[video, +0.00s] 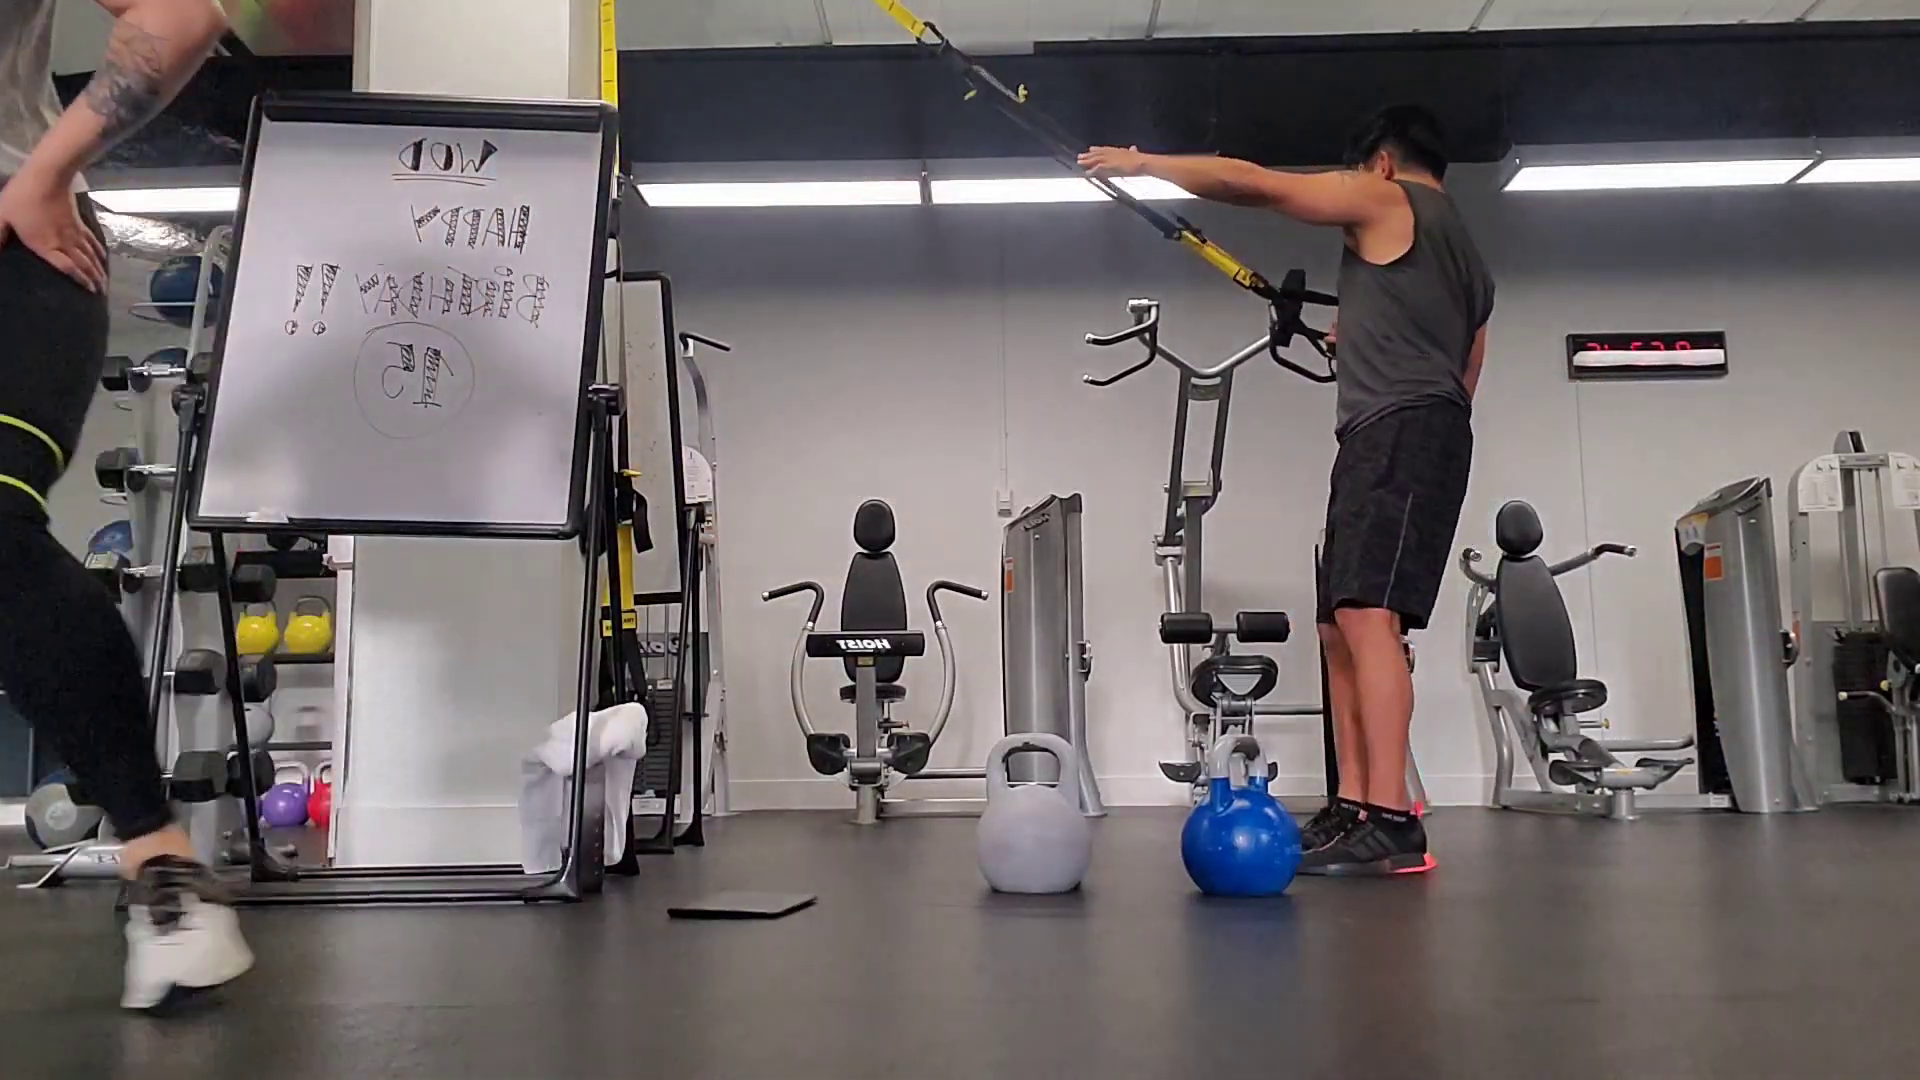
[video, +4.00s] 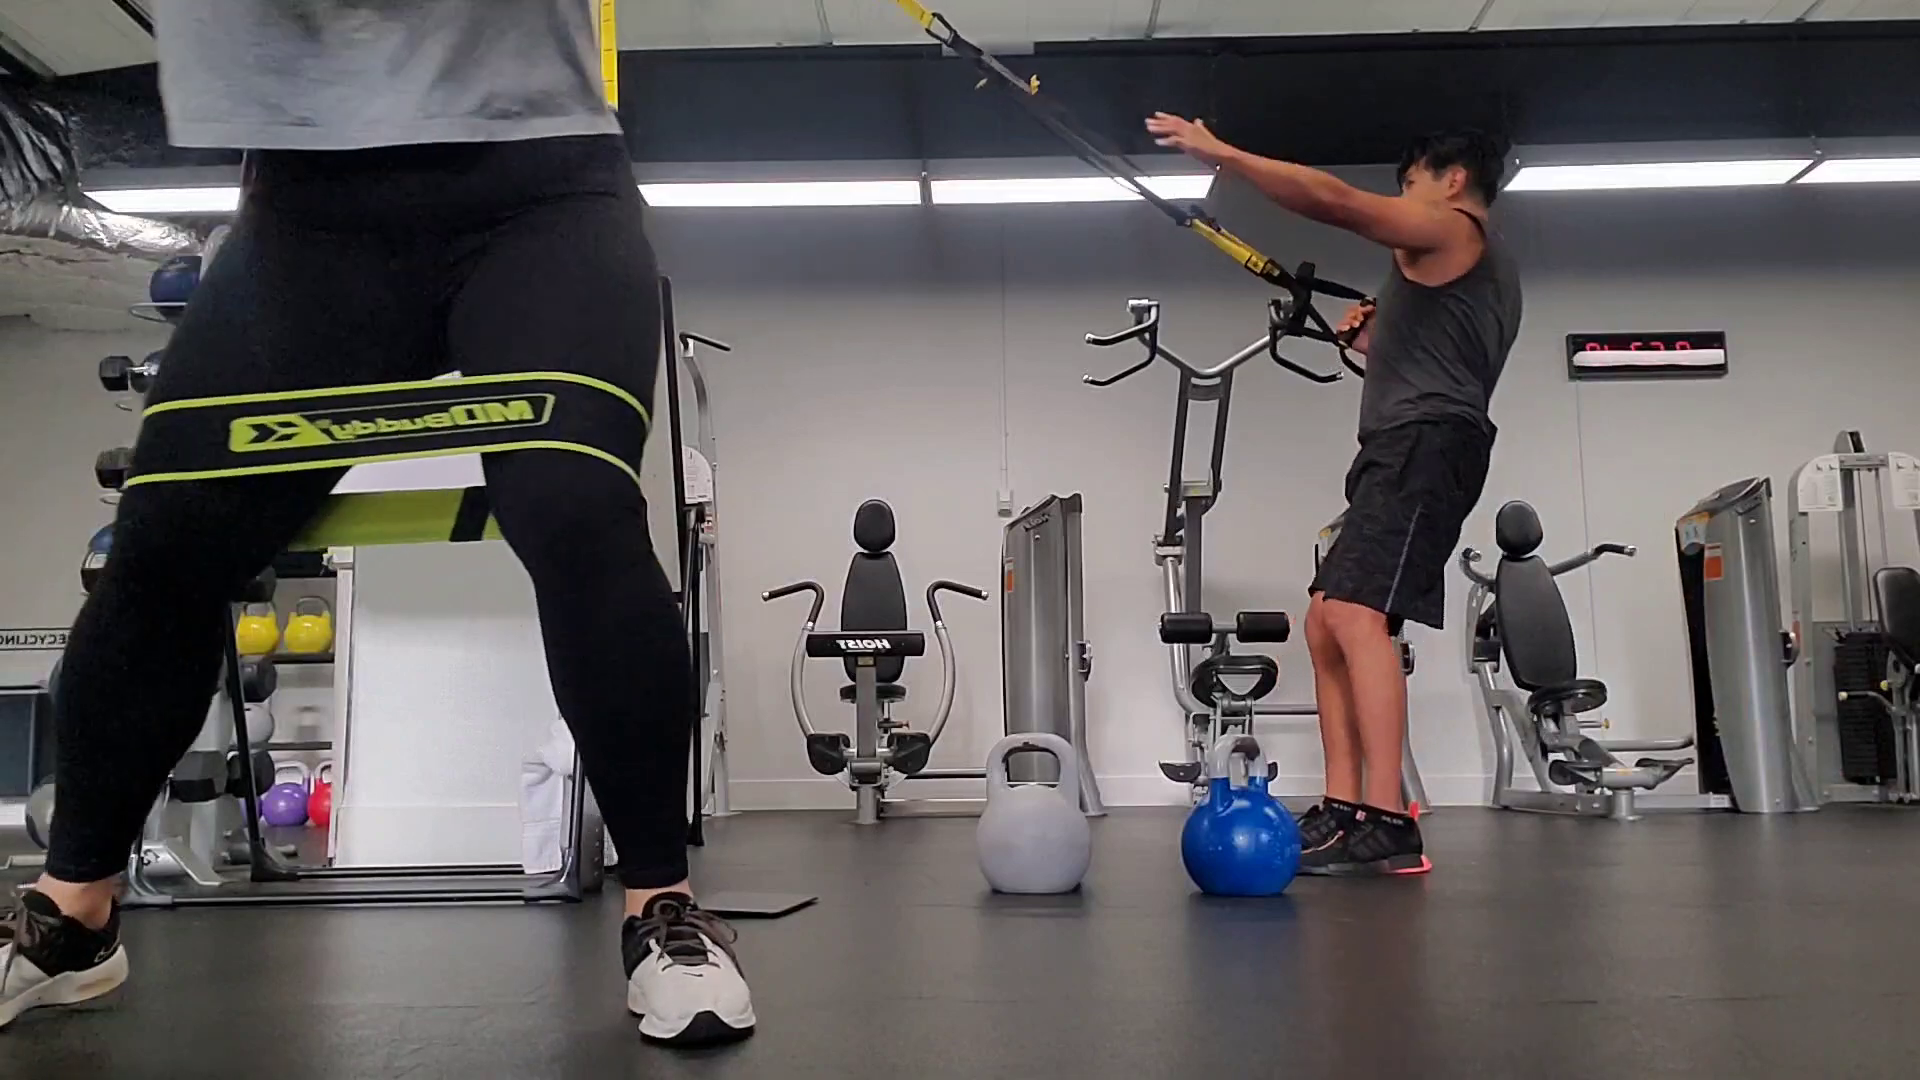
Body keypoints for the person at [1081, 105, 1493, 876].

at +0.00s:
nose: (1360, 178)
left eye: (1363, 166)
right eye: (1363, 167)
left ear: (1384, 159)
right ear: (1437, 169)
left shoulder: (1385, 197)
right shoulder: (1468, 257)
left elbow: (1261, 184)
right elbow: (1461, 383)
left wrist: (1142, 161)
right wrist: (1360, 343)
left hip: (1402, 427)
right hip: (1416, 433)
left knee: (1367, 616)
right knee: (1340, 624)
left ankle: (1392, 820)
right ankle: (1355, 810)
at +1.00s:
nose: (1616, 523)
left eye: (1638, 509)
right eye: (1609, 507)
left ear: (1687, 523)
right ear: (1598, 511)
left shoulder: (1706, 642)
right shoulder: (1548, 549)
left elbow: (1767, 751)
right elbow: (1440, 486)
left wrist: (1870, 822)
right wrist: (1357, 416)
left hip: (1567, 799)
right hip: (1480, 767)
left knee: (1492, 637)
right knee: (1374, 640)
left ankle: (1409, 823)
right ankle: (1347, 814)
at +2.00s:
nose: (1351, 163)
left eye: (1360, 151)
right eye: (1357, 153)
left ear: (1391, 152)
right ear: (1419, 167)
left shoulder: (1344, 202)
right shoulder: (1453, 257)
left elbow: (1221, 169)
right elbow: (1462, 390)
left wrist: (1113, 124)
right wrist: (1360, 350)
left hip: (1361, 431)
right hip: (1406, 437)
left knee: (1373, 617)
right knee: (1347, 620)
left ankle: (1388, 819)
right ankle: (1349, 806)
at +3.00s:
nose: (1548, 410)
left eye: (1564, 394)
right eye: (1547, 397)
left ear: (1622, 404)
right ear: (1552, 407)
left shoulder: (1663, 510)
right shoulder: (1524, 479)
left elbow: (1734, 612)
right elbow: (1416, 470)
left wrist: (1780, 676)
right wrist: (1362, 397)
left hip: (1547, 695)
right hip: (1481, 682)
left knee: (1382, 620)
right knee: (1308, 639)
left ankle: (1395, 824)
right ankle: (1341, 811)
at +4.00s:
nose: (1403, 193)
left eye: (1412, 180)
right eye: (1406, 181)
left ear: (1454, 178)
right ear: (1467, 187)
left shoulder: (1448, 226)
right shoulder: (1478, 266)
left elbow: (1332, 200)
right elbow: (1442, 366)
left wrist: (1222, 152)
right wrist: (1378, 342)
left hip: (1429, 438)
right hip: (1399, 442)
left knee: (1356, 614)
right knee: (1325, 620)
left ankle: (1390, 820)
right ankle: (1345, 807)